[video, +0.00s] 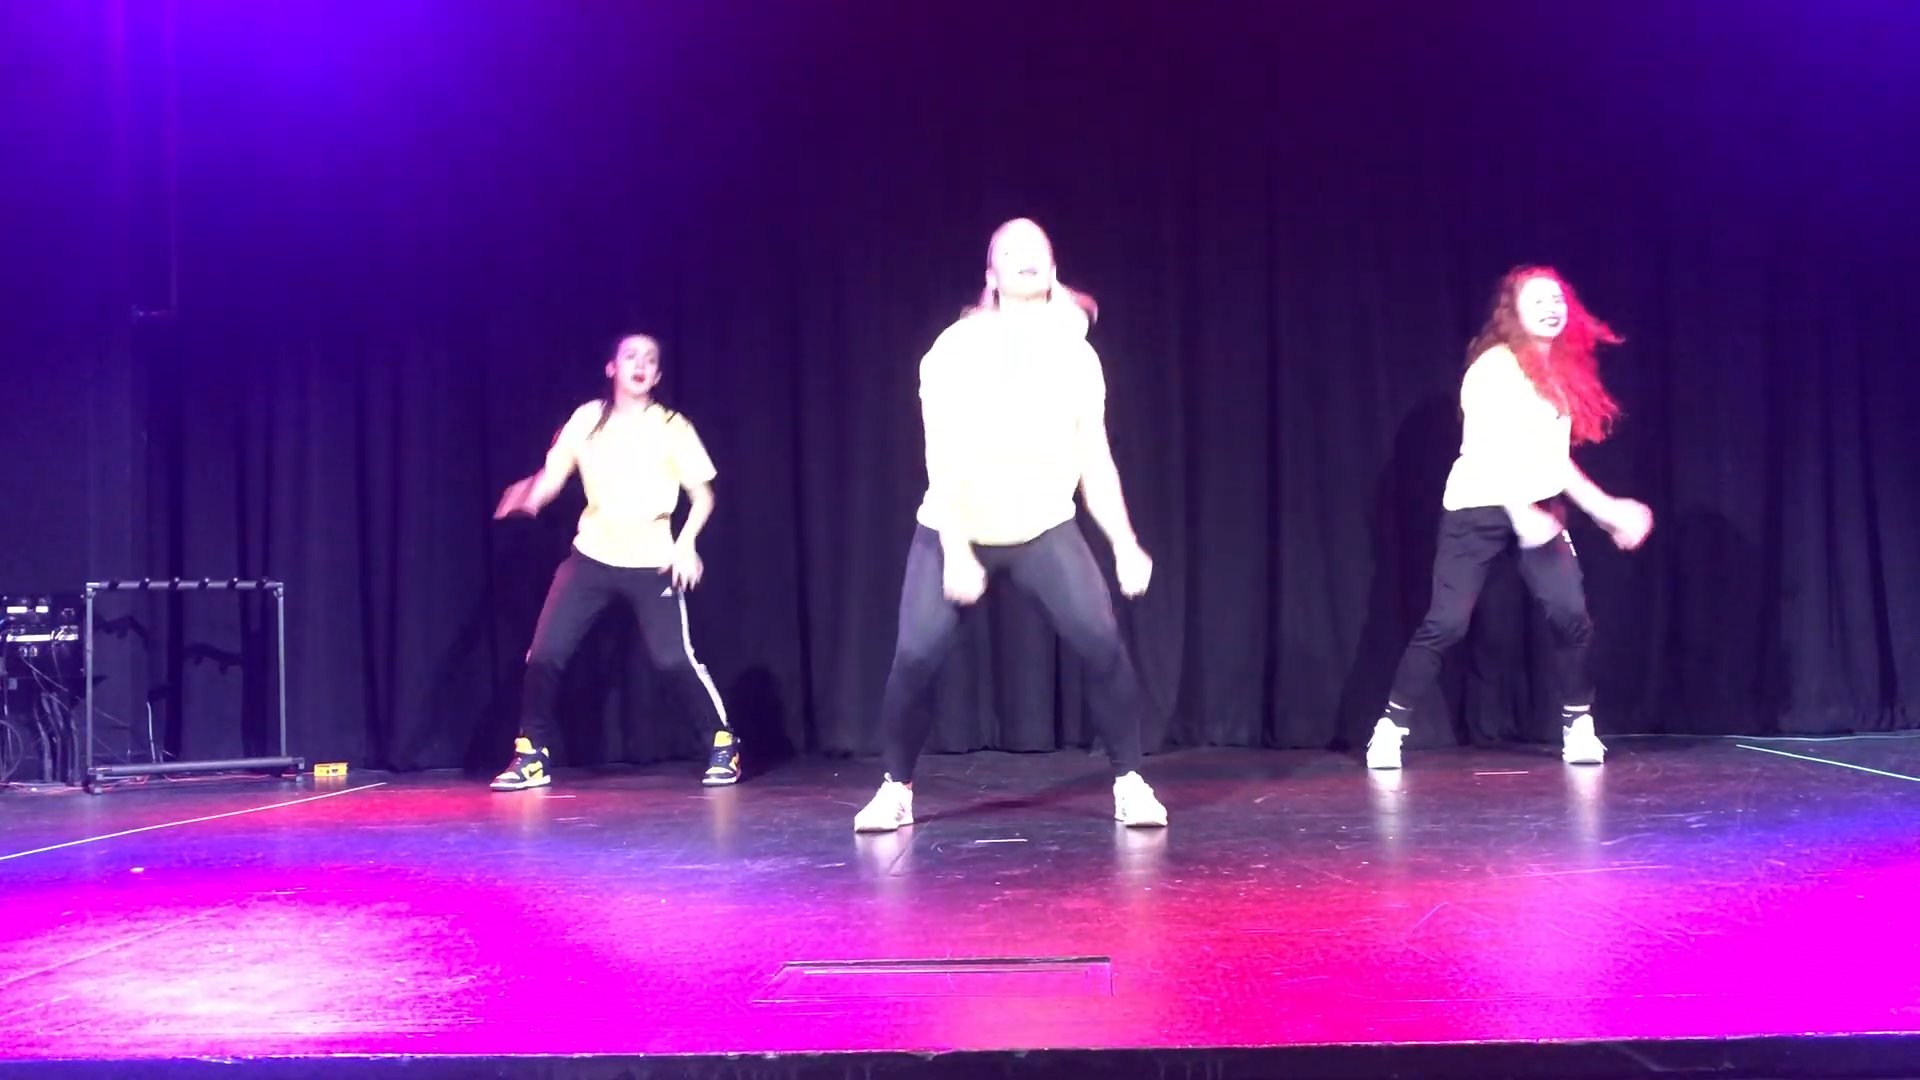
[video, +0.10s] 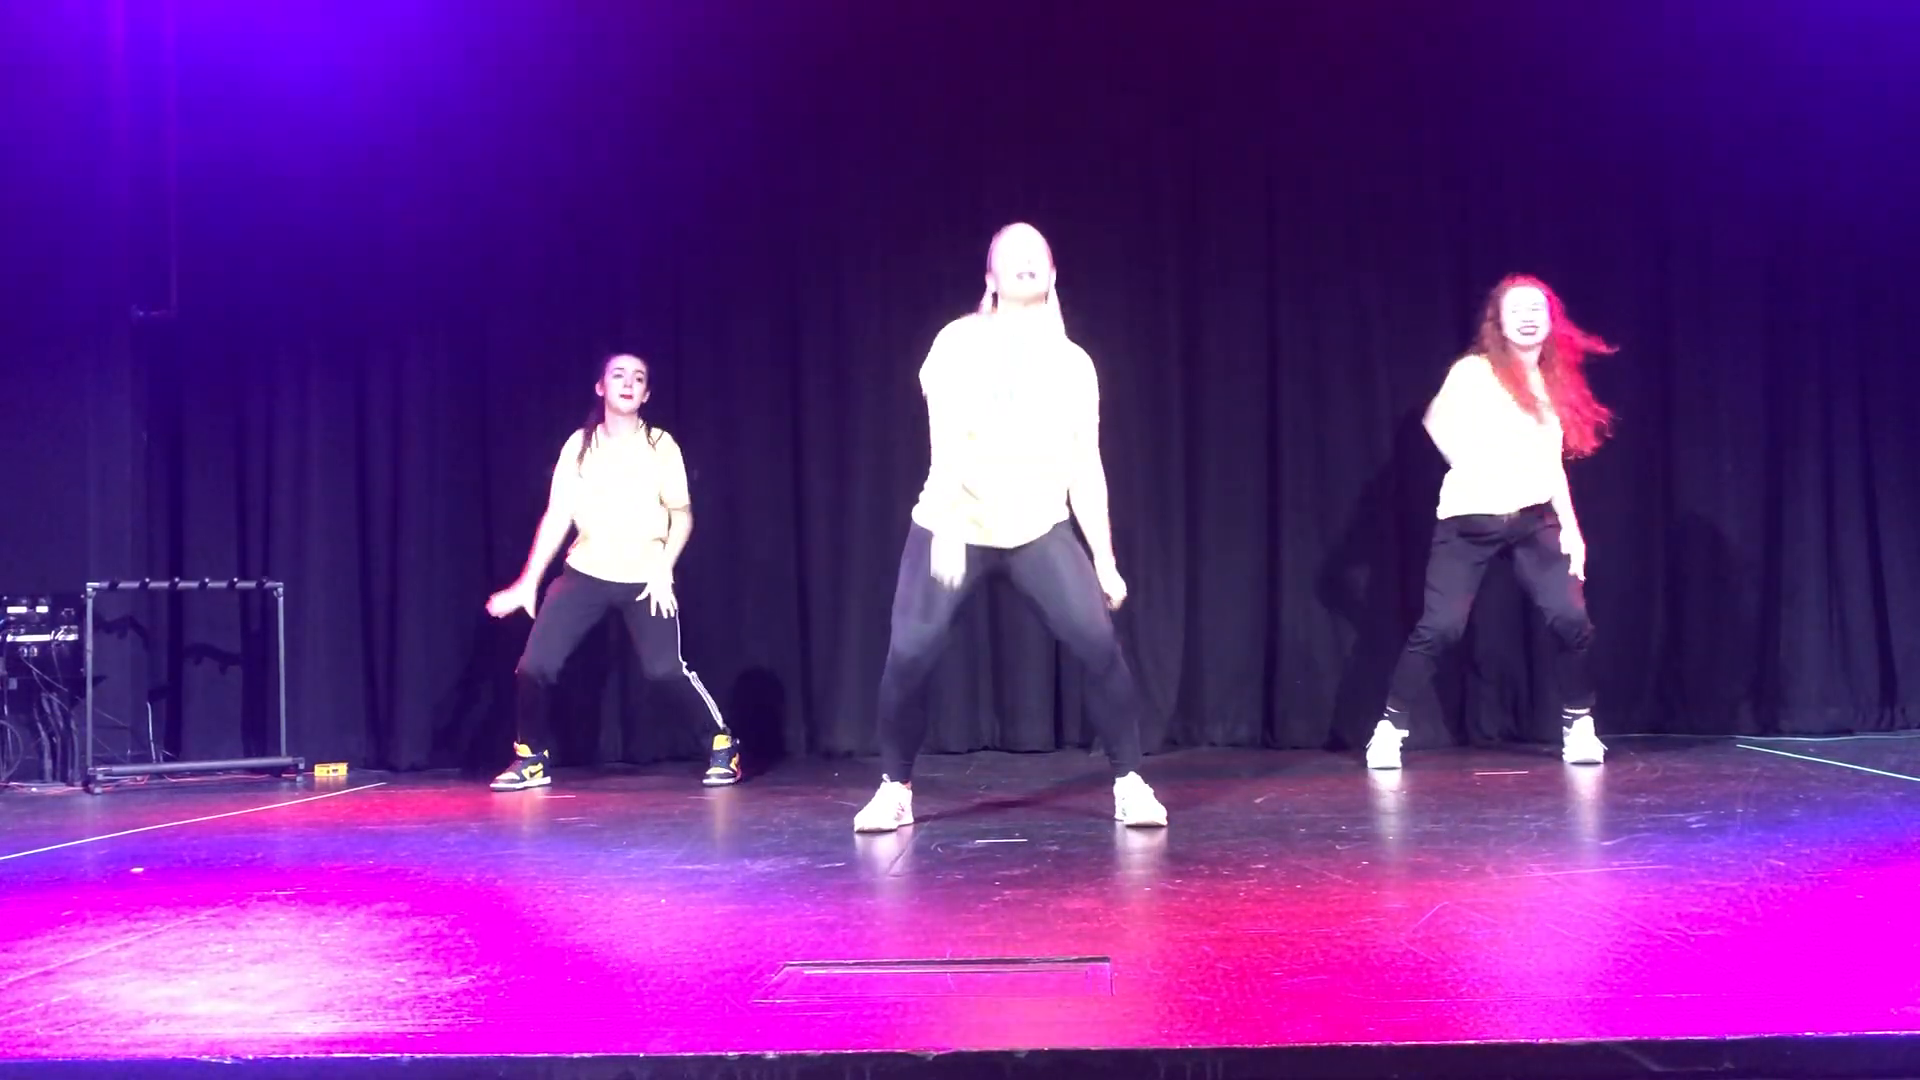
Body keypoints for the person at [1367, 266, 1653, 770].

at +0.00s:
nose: (1550, 310)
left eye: (1557, 301)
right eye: (1537, 302)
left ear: (1567, 310)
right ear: (1511, 312)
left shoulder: (1560, 372)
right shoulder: (1490, 369)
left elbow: (1556, 459)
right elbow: (1492, 453)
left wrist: (1608, 511)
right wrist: (1522, 510)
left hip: (1537, 508)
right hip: (1476, 508)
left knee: (1571, 615)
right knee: (1447, 622)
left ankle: (1578, 725)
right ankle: (1392, 728)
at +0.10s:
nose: (1528, 320)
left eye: (1537, 311)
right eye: (1517, 311)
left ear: (1551, 320)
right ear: (1497, 320)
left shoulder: (1551, 381)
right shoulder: (1472, 372)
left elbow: (1554, 463)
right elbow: (1438, 424)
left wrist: (1570, 529)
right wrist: (1481, 471)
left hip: (1535, 521)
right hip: (1467, 523)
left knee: (1571, 620)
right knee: (1440, 627)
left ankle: (1579, 727)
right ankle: (1391, 731)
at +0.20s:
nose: (1503, 312)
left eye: (1514, 304)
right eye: (1495, 303)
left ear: (1533, 312)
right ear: (1481, 308)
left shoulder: (1545, 368)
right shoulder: (1451, 357)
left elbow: (1557, 447)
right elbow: (1412, 335)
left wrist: (1558, 517)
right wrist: (1466, 321)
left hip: (1526, 505)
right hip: (1457, 509)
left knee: (1559, 615)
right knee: (1431, 619)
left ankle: (1576, 726)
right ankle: (1390, 730)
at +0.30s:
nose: (1483, 286)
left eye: (1497, 278)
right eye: (1477, 279)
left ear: (1521, 292)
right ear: (1466, 292)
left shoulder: (1537, 357)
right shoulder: (1449, 338)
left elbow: (1549, 438)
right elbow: (1423, 270)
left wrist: (1549, 507)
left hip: (1516, 494)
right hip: (1448, 495)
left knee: (1547, 612)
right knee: (1421, 613)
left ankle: (1575, 724)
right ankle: (1388, 729)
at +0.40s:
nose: (1469, 285)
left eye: (1482, 276)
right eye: (1463, 279)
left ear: (1511, 285)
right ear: (1457, 291)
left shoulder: (1531, 351)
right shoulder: (1445, 337)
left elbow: (1537, 434)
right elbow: (1436, 253)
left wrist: (1535, 505)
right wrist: (1435, 175)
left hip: (1507, 482)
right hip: (1440, 485)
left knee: (1539, 606)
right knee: (1420, 610)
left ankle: (1574, 722)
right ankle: (1389, 727)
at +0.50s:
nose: (1461, 289)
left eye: (1473, 280)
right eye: (1454, 282)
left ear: (1501, 289)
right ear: (1447, 295)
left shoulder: (1525, 351)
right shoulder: (1441, 339)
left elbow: (1526, 434)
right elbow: (1433, 263)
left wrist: (1520, 506)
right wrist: (1435, 193)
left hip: (1499, 483)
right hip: (1434, 488)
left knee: (1534, 606)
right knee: (1418, 611)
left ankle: (1573, 722)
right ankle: (1387, 729)